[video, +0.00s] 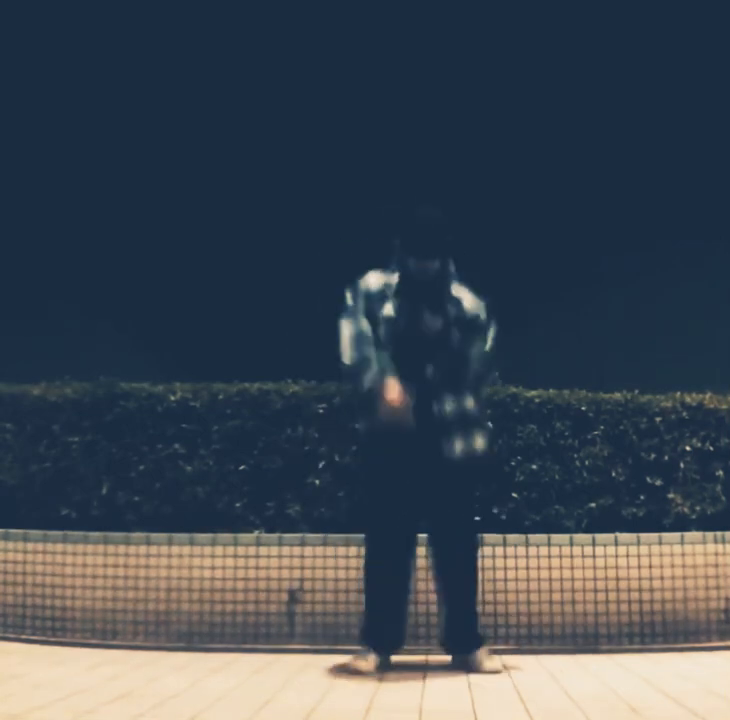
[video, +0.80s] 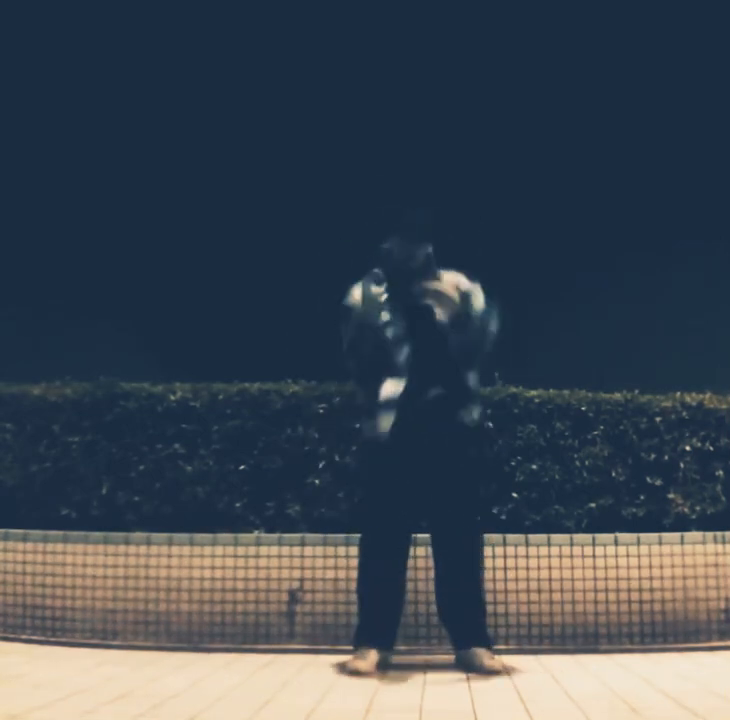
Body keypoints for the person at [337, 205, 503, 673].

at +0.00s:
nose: (424, 267)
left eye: (433, 258)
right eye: (416, 258)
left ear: (448, 257)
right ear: (401, 254)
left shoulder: (469, 305)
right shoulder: (370, 292)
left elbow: (476, 375)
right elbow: (356, 350)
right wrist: (382, 384)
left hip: (453, 446)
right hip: (391, 445)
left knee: (457, 544)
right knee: (386, 542)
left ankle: (467, 646)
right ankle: (377, 647)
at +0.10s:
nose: (423, 264)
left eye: (433, 255)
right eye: (415, 255)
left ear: (448, 255)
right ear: (401, 252)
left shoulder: (470, 307)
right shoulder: (371, 294)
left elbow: (480, 376)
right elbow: (359, 364)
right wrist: (378, 410)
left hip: (456, 447)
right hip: (388, 445)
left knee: (470, 539)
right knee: (375, 539)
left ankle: (471, 644)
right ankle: (373, 645)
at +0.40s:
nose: (416, 254)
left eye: (424, 244)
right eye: (409, 244)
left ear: (441, 249)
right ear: (397, 250)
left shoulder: (470, 300)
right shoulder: (373, 298)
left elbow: (482, 361)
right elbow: (355, 365)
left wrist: (443, 331)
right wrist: (380, 404)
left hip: (454, 444)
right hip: (389, 446)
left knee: (460, 542)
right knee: (379, 543)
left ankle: (473, 644)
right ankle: (370, 645)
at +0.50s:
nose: (409, 251)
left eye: (419, 240)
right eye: (401, 240)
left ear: (437, 242)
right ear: (389, 242)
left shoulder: (458, 292)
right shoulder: (379, 292)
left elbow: (489, 328)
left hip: (448, 427)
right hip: (390, 427)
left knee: (453, 536)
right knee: (383, 536)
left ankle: (471, 643)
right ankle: (371, 642)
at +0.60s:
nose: (427, 245)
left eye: (436, 236)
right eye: (417, 235)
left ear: (450, 239)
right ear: (399, 240)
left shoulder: (466, 278)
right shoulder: (383, 279)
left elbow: (497, 250)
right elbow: (365, 227)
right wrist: (390, 195)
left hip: (449, 415)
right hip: (390, 413)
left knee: (451, 528)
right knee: (382, 529)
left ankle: (472, 643)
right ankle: (372, 642)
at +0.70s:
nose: (426, 250)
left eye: (434, 242)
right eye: (416, 241)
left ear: (448, 248)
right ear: (401, 247)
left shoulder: (460, 291)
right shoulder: (384, 288)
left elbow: (488, 269)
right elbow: (356, 325)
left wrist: (457, 247)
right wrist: (363, 267)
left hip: (451, 426)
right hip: (391, 428)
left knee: (456, 532)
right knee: (382, 532)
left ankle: (471, 643)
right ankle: (372, 643)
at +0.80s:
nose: (412, 255)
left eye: (420, 245)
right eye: (402, 244)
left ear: (433, 247)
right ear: (386, 246)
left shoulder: (462, 291)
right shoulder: (368, 294)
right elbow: (358, 360)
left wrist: (462, 309)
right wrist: (376, 304)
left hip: (454, 431)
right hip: (391, 434)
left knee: (460, 535)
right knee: (383, 536)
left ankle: (471, 644)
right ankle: (372, 645)